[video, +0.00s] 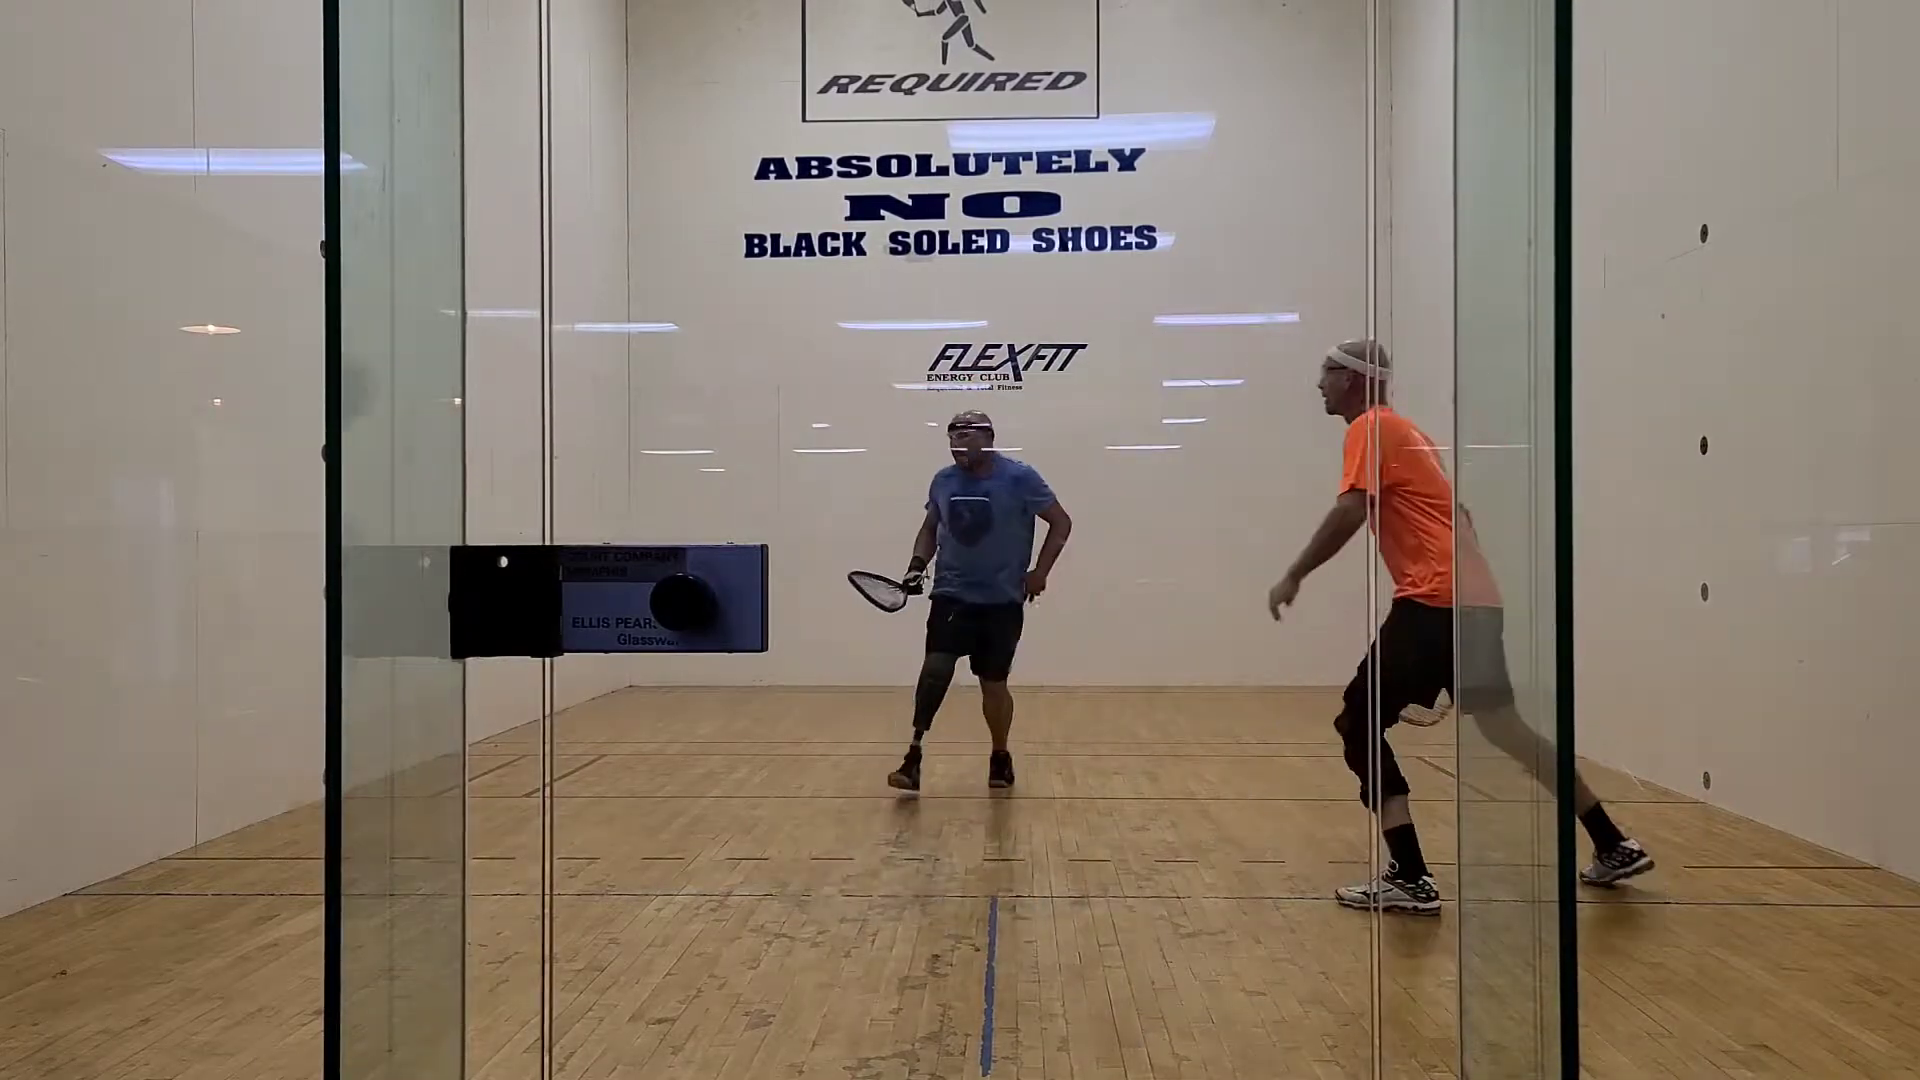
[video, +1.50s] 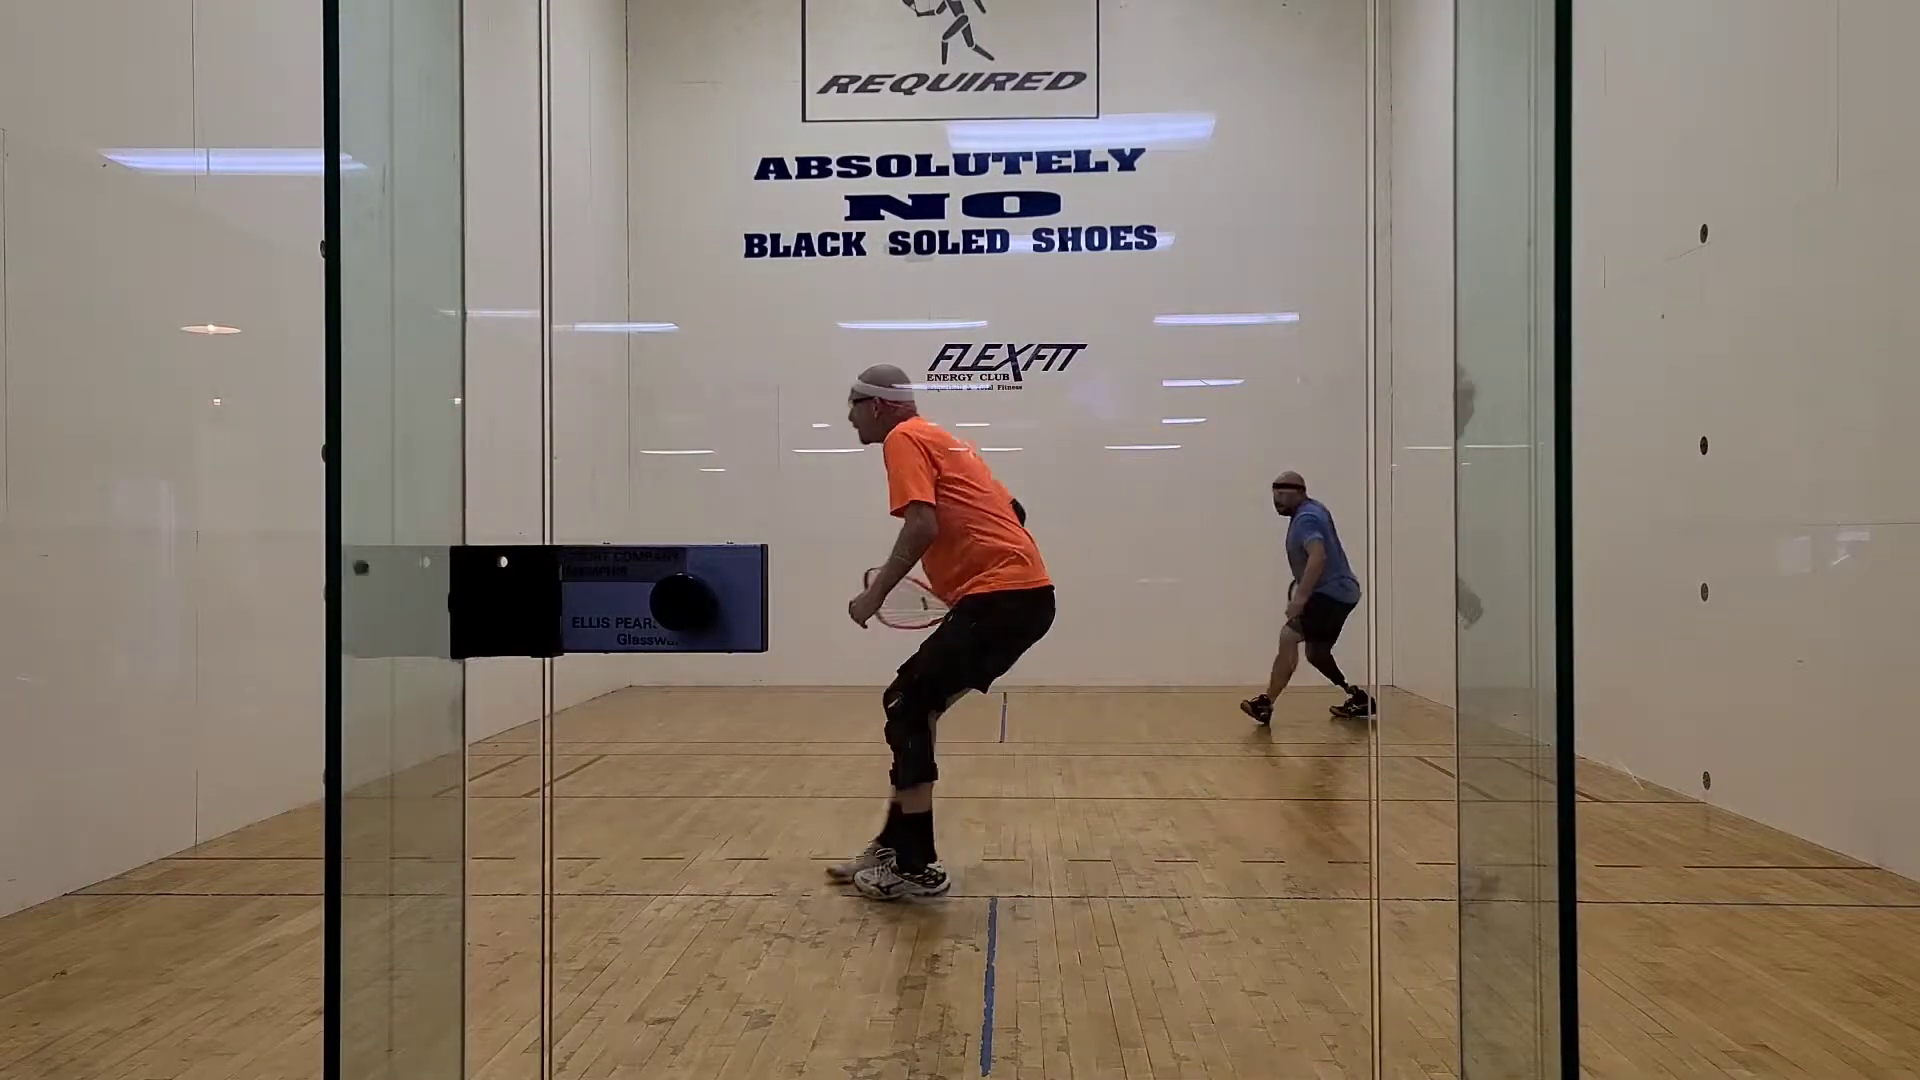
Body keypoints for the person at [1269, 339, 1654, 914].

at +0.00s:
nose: (1320, 387)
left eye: (1328, 377)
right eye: (1322, 377)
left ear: (1358, 380)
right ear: (1373, 383)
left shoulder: (1368, 427)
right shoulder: (1410, 432)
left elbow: (1351, 510)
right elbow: (1459, 515)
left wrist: (1294, 574)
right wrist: (1464, 587)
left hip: (1430, 605)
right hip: (1478, 605)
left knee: (1358, 721)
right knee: (1505, 727)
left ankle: (1409, 875)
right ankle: (1613, 844)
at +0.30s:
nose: (1223, 368)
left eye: (1227, 358)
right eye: (1225, 358)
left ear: (1244, 361)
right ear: (1277, 361)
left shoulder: (1243, 414)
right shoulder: (1328, 411)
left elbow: (1232, 506)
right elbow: (1375, 490)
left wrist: (1216, 546)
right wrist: (1399, 564)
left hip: (1331, 582)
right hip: (1369, 574)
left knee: (1338, 732)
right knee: (1290, 685)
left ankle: (1408, 874)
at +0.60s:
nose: (1133, 391)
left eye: (1137, 383)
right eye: (1136, 382)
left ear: (1150, 384)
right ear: (1180, 388)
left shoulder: (1140, 422)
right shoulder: (1212, 440)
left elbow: (1124, 502)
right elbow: (1256, 519)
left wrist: (1116, 580)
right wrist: (1277, 597)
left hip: (1201, 596)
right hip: (1230, 594)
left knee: (1210, 742)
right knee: (1138, 698)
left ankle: (1340, 833)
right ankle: (1130, 840)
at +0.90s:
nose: (1062, 383)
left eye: (1063, 376)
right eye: (1068, 376)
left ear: (1066, 375)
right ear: (1110, 378)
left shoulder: (1061, 408)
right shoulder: (1145, 434)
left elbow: (1040, 474)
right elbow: (1176, 518)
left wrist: (1017, 556)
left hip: (1100, 579)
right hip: (1159, 584)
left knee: (1035, 700)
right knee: (1109, 695)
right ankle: (1124, 838)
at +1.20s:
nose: (981, 404)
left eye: (982, 396)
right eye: (984, 395)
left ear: (988, 396)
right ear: (1029, 398)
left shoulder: (984, 434)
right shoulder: (1071, 453)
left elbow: (968, 504)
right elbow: (1103, 538)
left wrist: (940, 586)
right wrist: (1072, 594)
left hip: (1019, 599)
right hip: (1081, 606)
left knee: (936, 712)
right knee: (1062, 707)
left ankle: (926, 863)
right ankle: (1114, 839)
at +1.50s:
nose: (852, 422)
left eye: (855, 411)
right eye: (852, 412)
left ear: (880, 407)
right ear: (900, 407)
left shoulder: (904, 438)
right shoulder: (945, 441)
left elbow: (922, 523)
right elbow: (1010, 510)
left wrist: (876, 592)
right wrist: (952, 581)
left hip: (1002, 595)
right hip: (1021, 594)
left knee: (906, 704)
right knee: (910, 703)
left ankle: (918, 864)